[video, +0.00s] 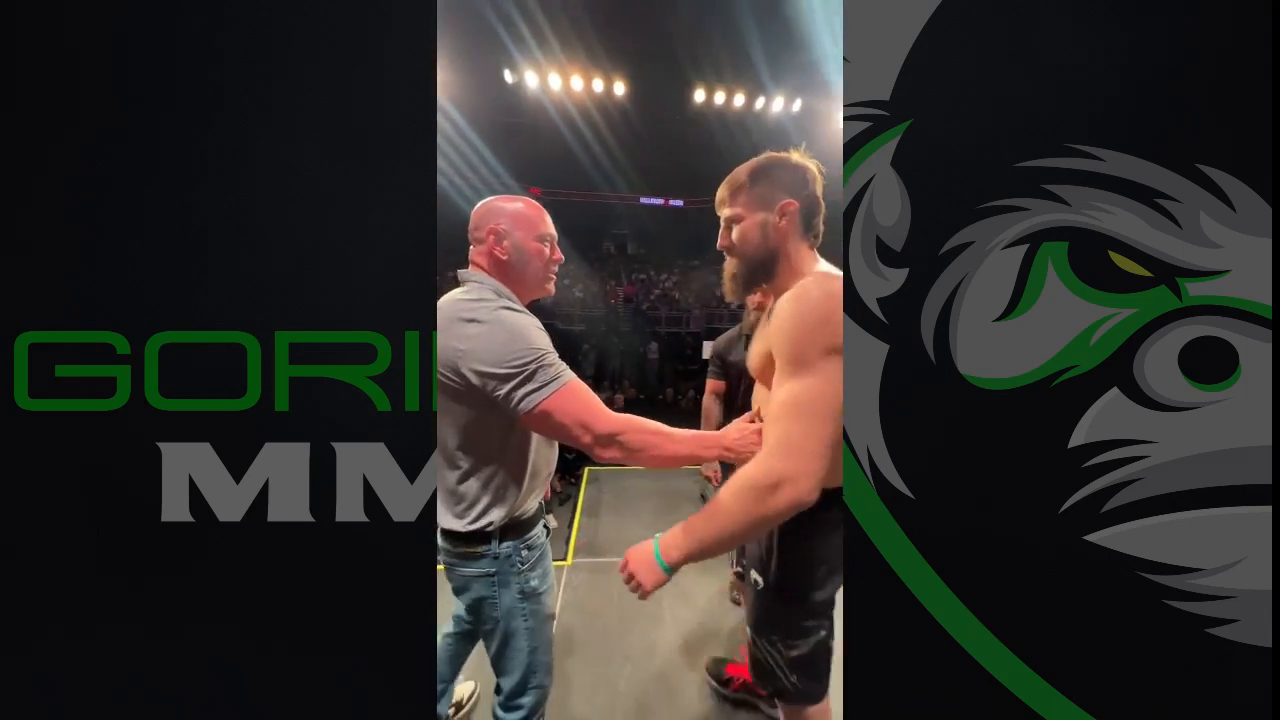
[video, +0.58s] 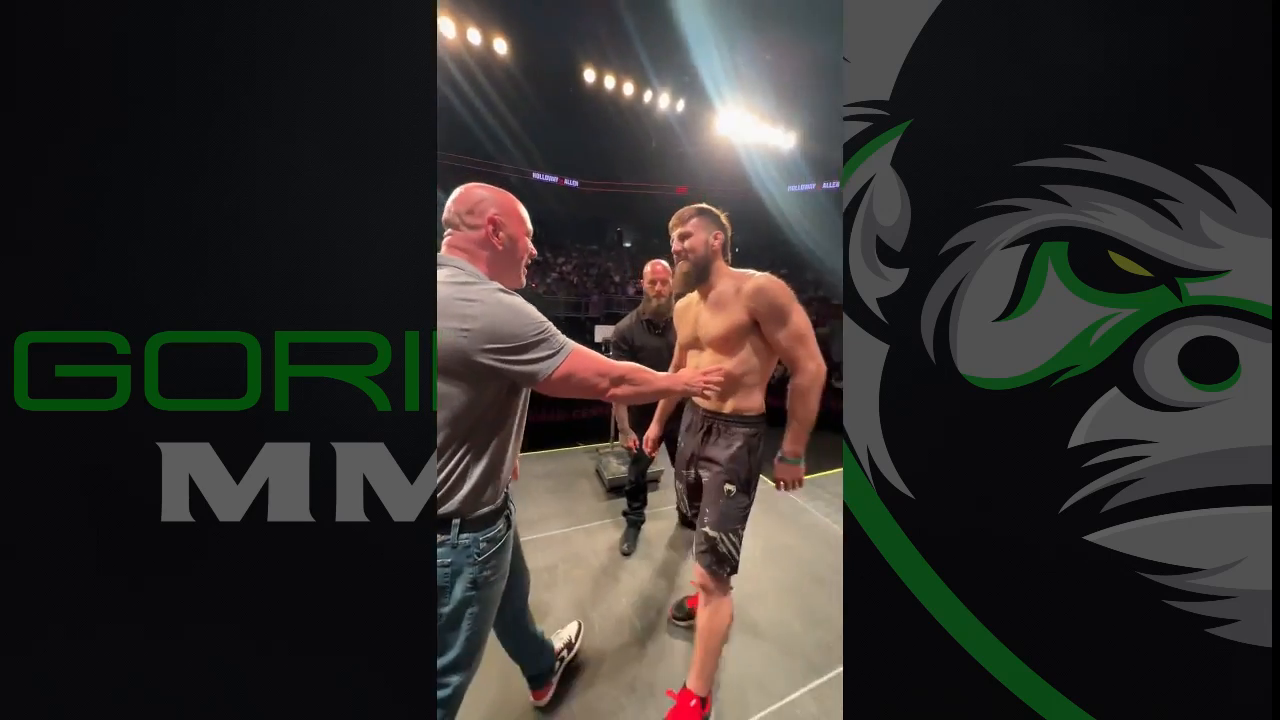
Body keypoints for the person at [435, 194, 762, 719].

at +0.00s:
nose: (558, 255)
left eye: (555, 241)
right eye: (544, 242)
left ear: (494, 249)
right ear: (495, 246)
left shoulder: (458, 309)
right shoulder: (497, 327)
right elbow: (601, 434)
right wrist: (718, 444)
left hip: (468, 529)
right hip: (502, 544)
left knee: (467, 622)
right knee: (523, 692)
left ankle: (433, 696)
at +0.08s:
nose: (555, 252)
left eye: (553, 240)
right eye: (542, 238)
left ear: (491, 241)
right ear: (494, 238)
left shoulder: (453, 303)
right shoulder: (494, 323)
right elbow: (601, 430)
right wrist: (716, 436)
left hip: (461, 533)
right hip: (496, 547)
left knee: (472, 620)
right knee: (513, 692)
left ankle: (435, 690)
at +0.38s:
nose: (539, 247)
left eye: (537, 234)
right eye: (530, 232)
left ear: (483, 227)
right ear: (489, 226)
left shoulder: (447, 284)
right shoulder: (481, 309)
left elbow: (460, 380)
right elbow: (606, 394)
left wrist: (510, 428)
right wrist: (699, 398)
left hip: (490, 517)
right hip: (463, 545)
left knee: (510, 589)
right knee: (459, 690)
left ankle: (497, 674)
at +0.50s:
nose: (535, 249)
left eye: (534, 236)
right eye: (527, 234)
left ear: (482, 229)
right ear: (491, 226)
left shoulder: (446, 285)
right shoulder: (487, 311)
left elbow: (458, 381)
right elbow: (604, 385)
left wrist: (500, 439)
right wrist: (686, 388)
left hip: (484, 514)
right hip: (460, 538)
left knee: (508, 597)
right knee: (447, 688)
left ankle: (534, 668)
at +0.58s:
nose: (534, 252)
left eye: (533, 239)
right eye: (527, 237)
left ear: (475, 233)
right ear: (492, 231)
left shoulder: (445, 289)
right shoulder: (492, 310)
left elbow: (547, 373)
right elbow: (604, 379)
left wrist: (616, 382)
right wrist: (683, 382)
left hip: (477, 515)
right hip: (462, 531)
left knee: (508, 601)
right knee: (445, 680)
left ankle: (542, 670)